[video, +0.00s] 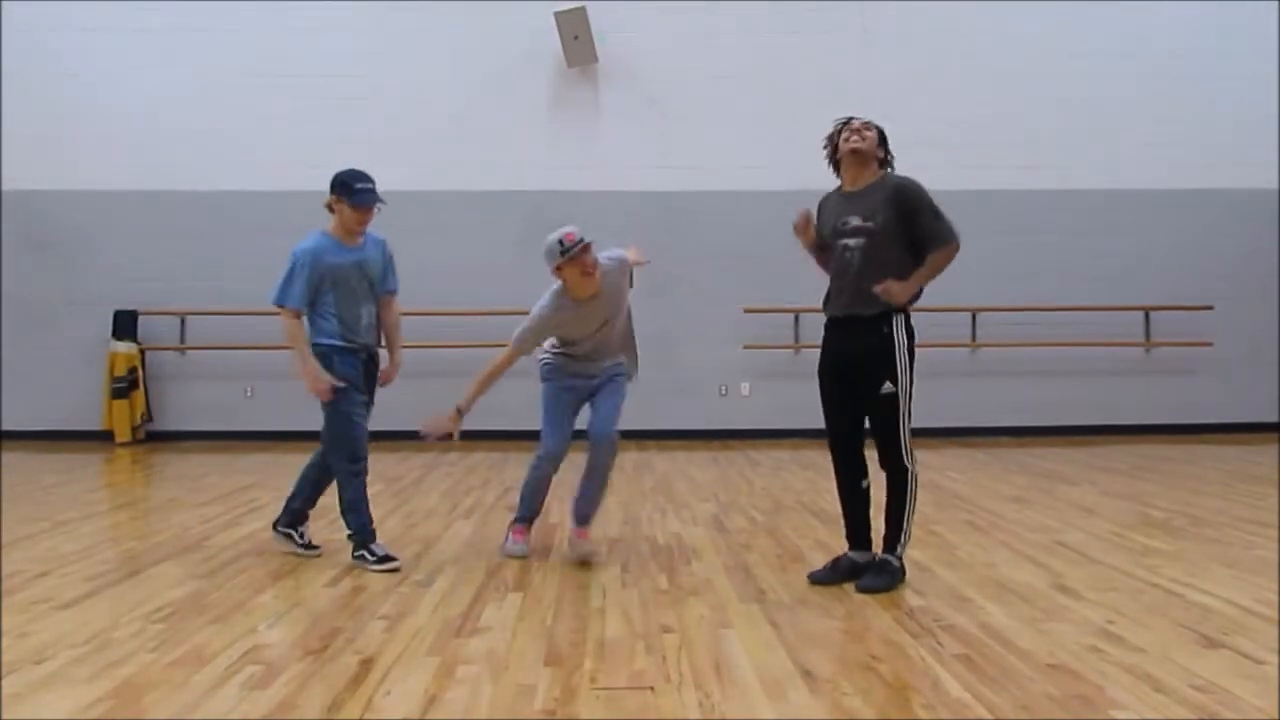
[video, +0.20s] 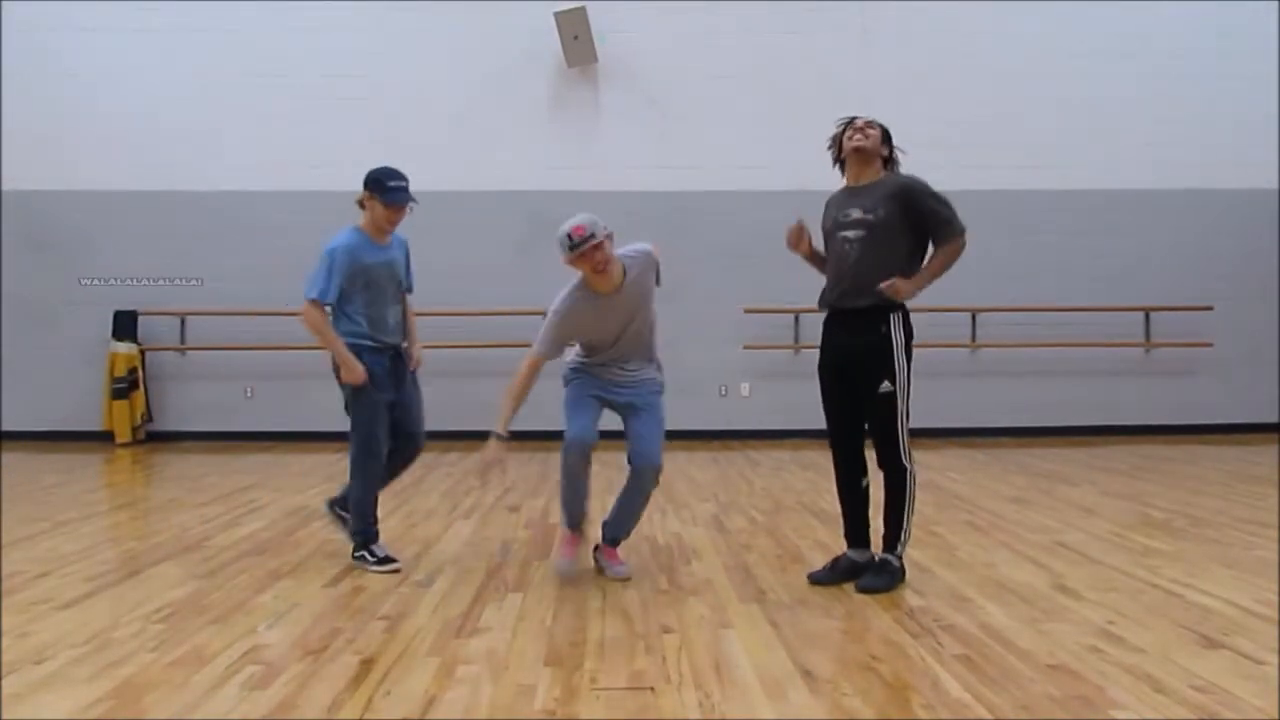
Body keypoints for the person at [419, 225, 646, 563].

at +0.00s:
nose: (588, 262)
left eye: (588, 253)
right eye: (576, 260)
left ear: (594, 251)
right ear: (559, 273)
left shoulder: (615, 266)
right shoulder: (551, 310)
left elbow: (629, 258)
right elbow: (505, 360)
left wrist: (635, 260)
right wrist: (459, 412)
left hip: (612, 368)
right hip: (564, 371)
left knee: (604, 440)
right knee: (552, 449)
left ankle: (581, 527)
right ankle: (520, 527)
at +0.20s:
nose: (597, 257)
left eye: (599, 246)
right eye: (584, 254)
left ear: (610, 240)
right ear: (572, 264)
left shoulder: (644, 260)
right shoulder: (570, 308)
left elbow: (646, 299)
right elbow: (533, 363)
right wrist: (502, 426)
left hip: (641, 373)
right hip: (588, 374)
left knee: (648, 465)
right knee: (578, 441)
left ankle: (609, 544)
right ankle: (572, 530)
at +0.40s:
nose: (601, 241)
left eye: (605, 230)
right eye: (589, 236)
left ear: (621, 220)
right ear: (578, 242)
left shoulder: (659, 244)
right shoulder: (576, 294)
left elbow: (673, 292)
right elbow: (564, 362)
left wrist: (694, 348)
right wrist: (564, 430)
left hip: (675, 368)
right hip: (621, 376)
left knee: (682, 468)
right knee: (633, 458)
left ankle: (647, 522)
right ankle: (649, 570)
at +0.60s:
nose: (620, 233)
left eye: (627, 221)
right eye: (610, 226)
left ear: (647, 208)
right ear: (598, 225)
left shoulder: (689, 245)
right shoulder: (592, 279)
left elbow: (716, 306)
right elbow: (594, 357)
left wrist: (735, 371)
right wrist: (597, 432)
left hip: (696, 371)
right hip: (635, 383)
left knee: (690, 458)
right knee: (637, 477)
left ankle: (726, 583)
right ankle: (652, 580)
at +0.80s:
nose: (649, 218)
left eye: (659, 207)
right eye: (641, 209)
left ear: (687, 196)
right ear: (633, 206)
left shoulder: (730, 251)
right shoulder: (624, 262)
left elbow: (750, 335)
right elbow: (609, 340)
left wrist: (747, 410)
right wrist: (585, 412)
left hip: (713, 388)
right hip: (651, 391)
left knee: (706, 487)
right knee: (617, 499)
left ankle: (764, 612)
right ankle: (659, 575)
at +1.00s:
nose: (659, 219)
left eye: (667, 207)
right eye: (652, 210)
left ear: (700, 196)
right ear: (647, 209)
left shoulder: (746, 266)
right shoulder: (647, 257)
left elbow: (744, 360)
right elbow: (624, 333)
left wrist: (741, 454)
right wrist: (579, 403)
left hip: (714, 402)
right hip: (659, 393)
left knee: (702, 503)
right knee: (586, 481)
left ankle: (765, 615)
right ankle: (632, 592)